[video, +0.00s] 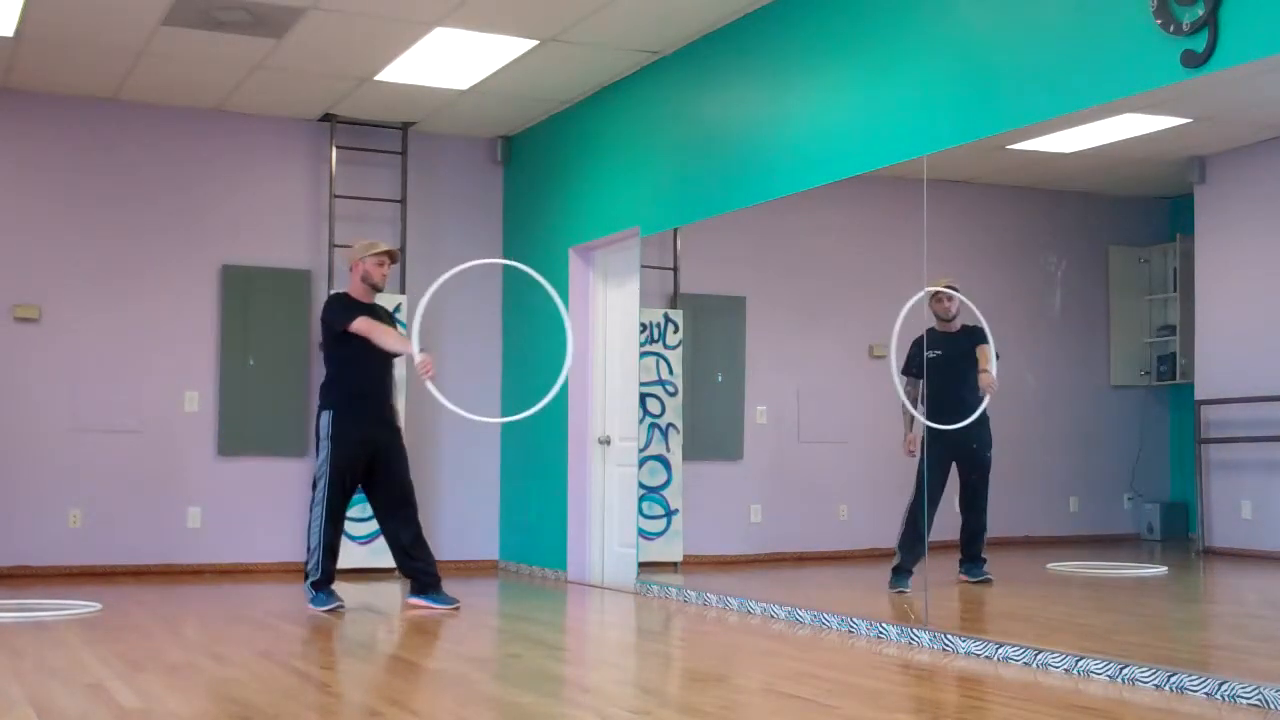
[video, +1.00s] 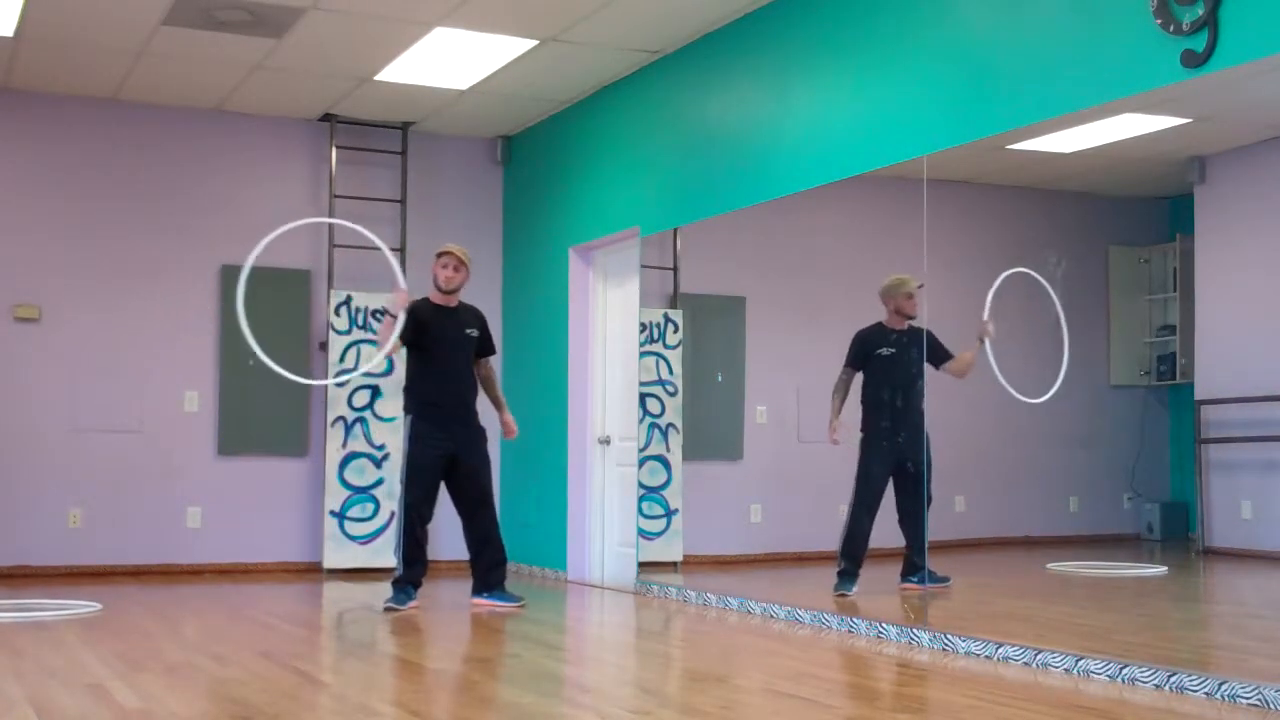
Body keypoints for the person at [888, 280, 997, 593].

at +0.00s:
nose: (945, 304)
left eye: (950, 299)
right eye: (938, 300)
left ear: (959, 304)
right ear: (930, 307)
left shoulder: (975, 333)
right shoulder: (922, 343)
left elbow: (984, 355)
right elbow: (910, 391)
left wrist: (984, 372)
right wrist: (909, 430)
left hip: (974, 430)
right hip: (937, 433)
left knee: (975, 502)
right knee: (923, 502)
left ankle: (972, 565)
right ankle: (902, 571)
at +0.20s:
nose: (938, 303)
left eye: (943, 299)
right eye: (933, 299)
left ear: (953, 303)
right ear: (925, 305)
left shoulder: (963, 333)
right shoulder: (915, 342)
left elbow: (981, 342)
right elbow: (905, 389)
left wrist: (968, 320)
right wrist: (903, 429)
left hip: (965, 431)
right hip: (927, 433)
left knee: (970, 503)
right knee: (912, 504)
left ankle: (970, 566)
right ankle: (895, 572)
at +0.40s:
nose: (933, 301)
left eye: (937, 296)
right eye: (927, 296)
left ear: (942, 300)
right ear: (915, 300)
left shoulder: (952, 334)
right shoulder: (899, 338)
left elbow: (980, 351)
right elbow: (883, 386)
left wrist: (982, 319)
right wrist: (883, 427)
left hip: (945, 430)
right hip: (909, 432)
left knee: (957, 499)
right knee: (906, 503)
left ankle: (941, 562)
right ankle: (894, 572)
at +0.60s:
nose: (932, 301)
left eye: (934, 296)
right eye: (926, 296)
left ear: (934, 301)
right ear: (910, 301)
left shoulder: (941, 338)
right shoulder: (886, 338)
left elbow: (984, 355)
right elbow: (868, 381)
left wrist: (1010, 326)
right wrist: (862, 424)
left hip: (927, 434)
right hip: (891, 434)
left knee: (927, 504)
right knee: (878, 504)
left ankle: (917, 568)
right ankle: (862, 569)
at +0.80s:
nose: (918, 301)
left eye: (917, 296)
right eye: (911, 296)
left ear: (909, 300)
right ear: (893, 300)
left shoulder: (924, 335)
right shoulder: (868, 337)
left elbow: (977, 344)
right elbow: (848, 379)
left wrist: (1015, 324)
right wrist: (841, 420)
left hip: (914, 437)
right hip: (877, 438)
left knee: (916, 506)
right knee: (859, 506)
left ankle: (916, 570)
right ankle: (845, 574)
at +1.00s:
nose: (916, 302)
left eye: (916, 296)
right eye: (909, 297)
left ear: (911, 301)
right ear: (890, 301)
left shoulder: (922, 338)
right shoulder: (866, 338)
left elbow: (959, 369)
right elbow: (845, 378)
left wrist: (981, 342)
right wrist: (835, 416)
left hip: (913, 437)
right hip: (877, 437)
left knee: (917, 506)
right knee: (865, 508)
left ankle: (915, 570)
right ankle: (847, 575)